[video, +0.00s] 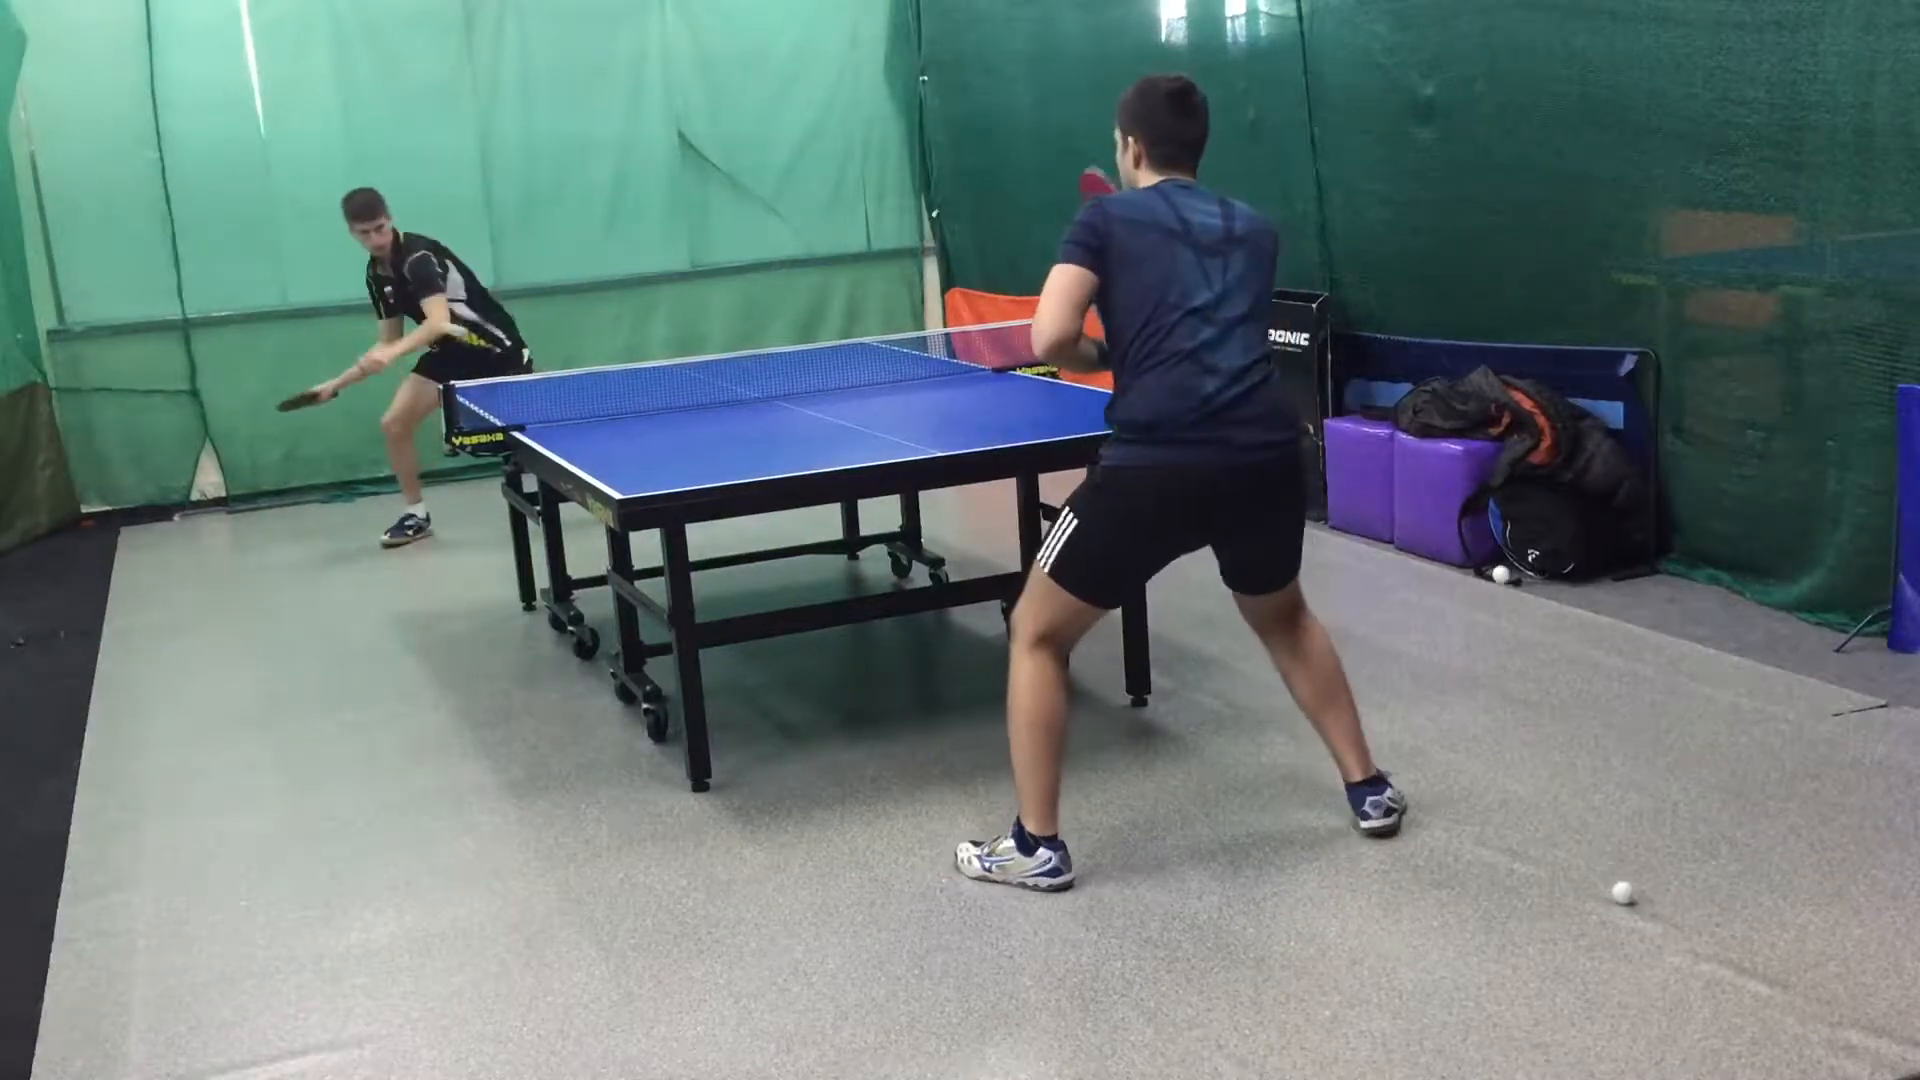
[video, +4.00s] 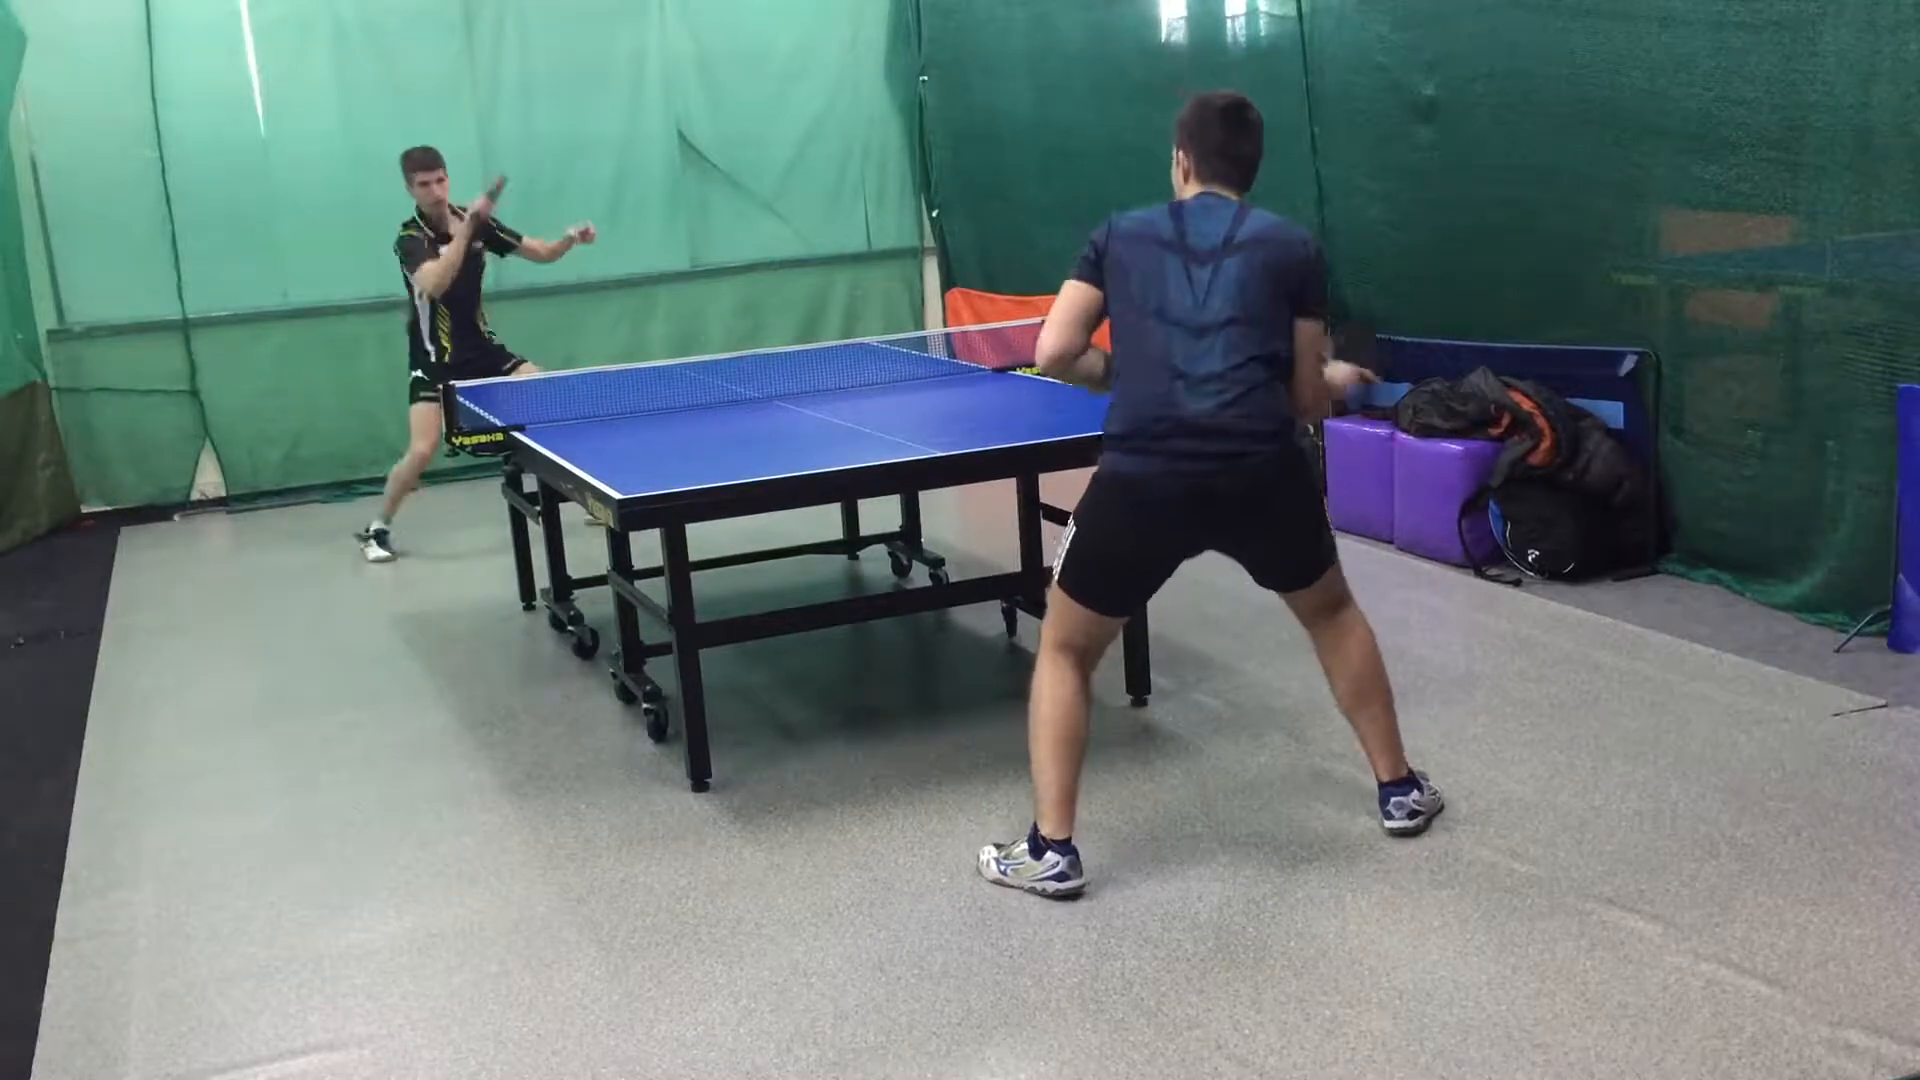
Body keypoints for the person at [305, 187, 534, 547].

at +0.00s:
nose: (375, 240)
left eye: (380, 229)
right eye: (364, 234)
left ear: (390, 219)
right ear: (352, 233)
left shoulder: (418, 256)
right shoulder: (376, 273)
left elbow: (439, 324)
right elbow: (388, 344)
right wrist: (336, 385)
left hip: (501, 350)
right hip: (451, 351)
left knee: (530, 431)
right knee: (395, 425)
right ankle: (416, 513)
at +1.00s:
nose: (389, 215)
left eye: (395, 204)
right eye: (380, 207)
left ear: (410, 197)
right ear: (373, 207)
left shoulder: (445, 231)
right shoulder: (394, 253)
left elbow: (499, 273)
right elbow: (399, 322)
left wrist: (470, 297)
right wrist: (351, 339)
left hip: (500, 336)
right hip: (449, 341)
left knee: (536, 419)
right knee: (407, 424)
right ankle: (410, 518)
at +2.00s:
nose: (460, 194)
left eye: (463, 183)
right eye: (452, 188)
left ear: (479, 175)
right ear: (447, 192)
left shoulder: (530, 206)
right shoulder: (460, 237)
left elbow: (586, 232)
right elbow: (472, 299)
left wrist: (577, 239)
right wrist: (448, 294)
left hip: (559, 329)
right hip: (506, 337)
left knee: (597, 402)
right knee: (465, 414)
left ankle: (618, 491)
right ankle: (434, 506)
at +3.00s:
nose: (447, 176)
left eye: (452, 166)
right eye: (438, 171)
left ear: (468, 163)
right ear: (432, 176)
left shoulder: (506, 203)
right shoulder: (440, 217)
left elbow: (571, 234)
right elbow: (467, 231)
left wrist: (593, 217)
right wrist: (517, 184)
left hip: (529, 330)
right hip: (481, 344)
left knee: (584, 388)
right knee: (455, 431)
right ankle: (437, 510)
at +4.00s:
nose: (436, 190)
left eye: (439, 181)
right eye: (425, 185)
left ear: (448, 179)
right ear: (410, 189)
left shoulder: (474, 221)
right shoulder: (411, 237)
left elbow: (539, 252)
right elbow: (433, 284)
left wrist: (569, 241)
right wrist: (469, 225)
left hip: (480, 348)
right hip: (434, 361)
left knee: (552, 394)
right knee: (423, 451)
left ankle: (592, 493)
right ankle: (380, 526)